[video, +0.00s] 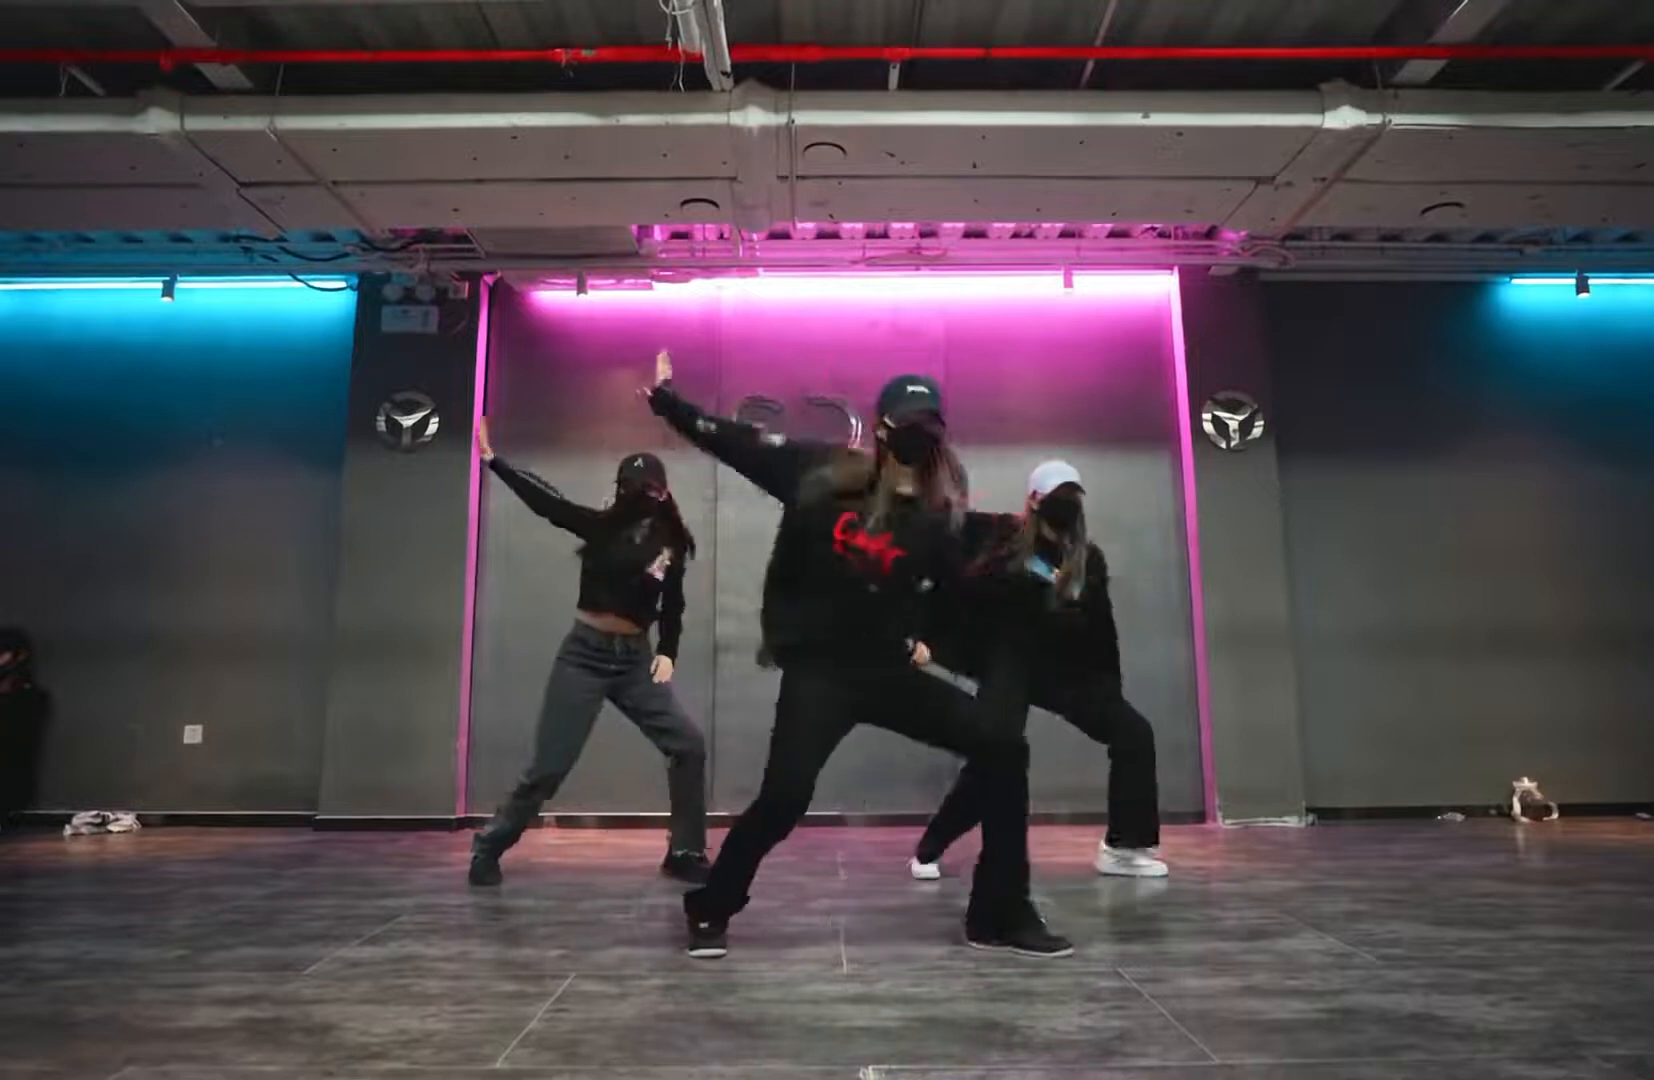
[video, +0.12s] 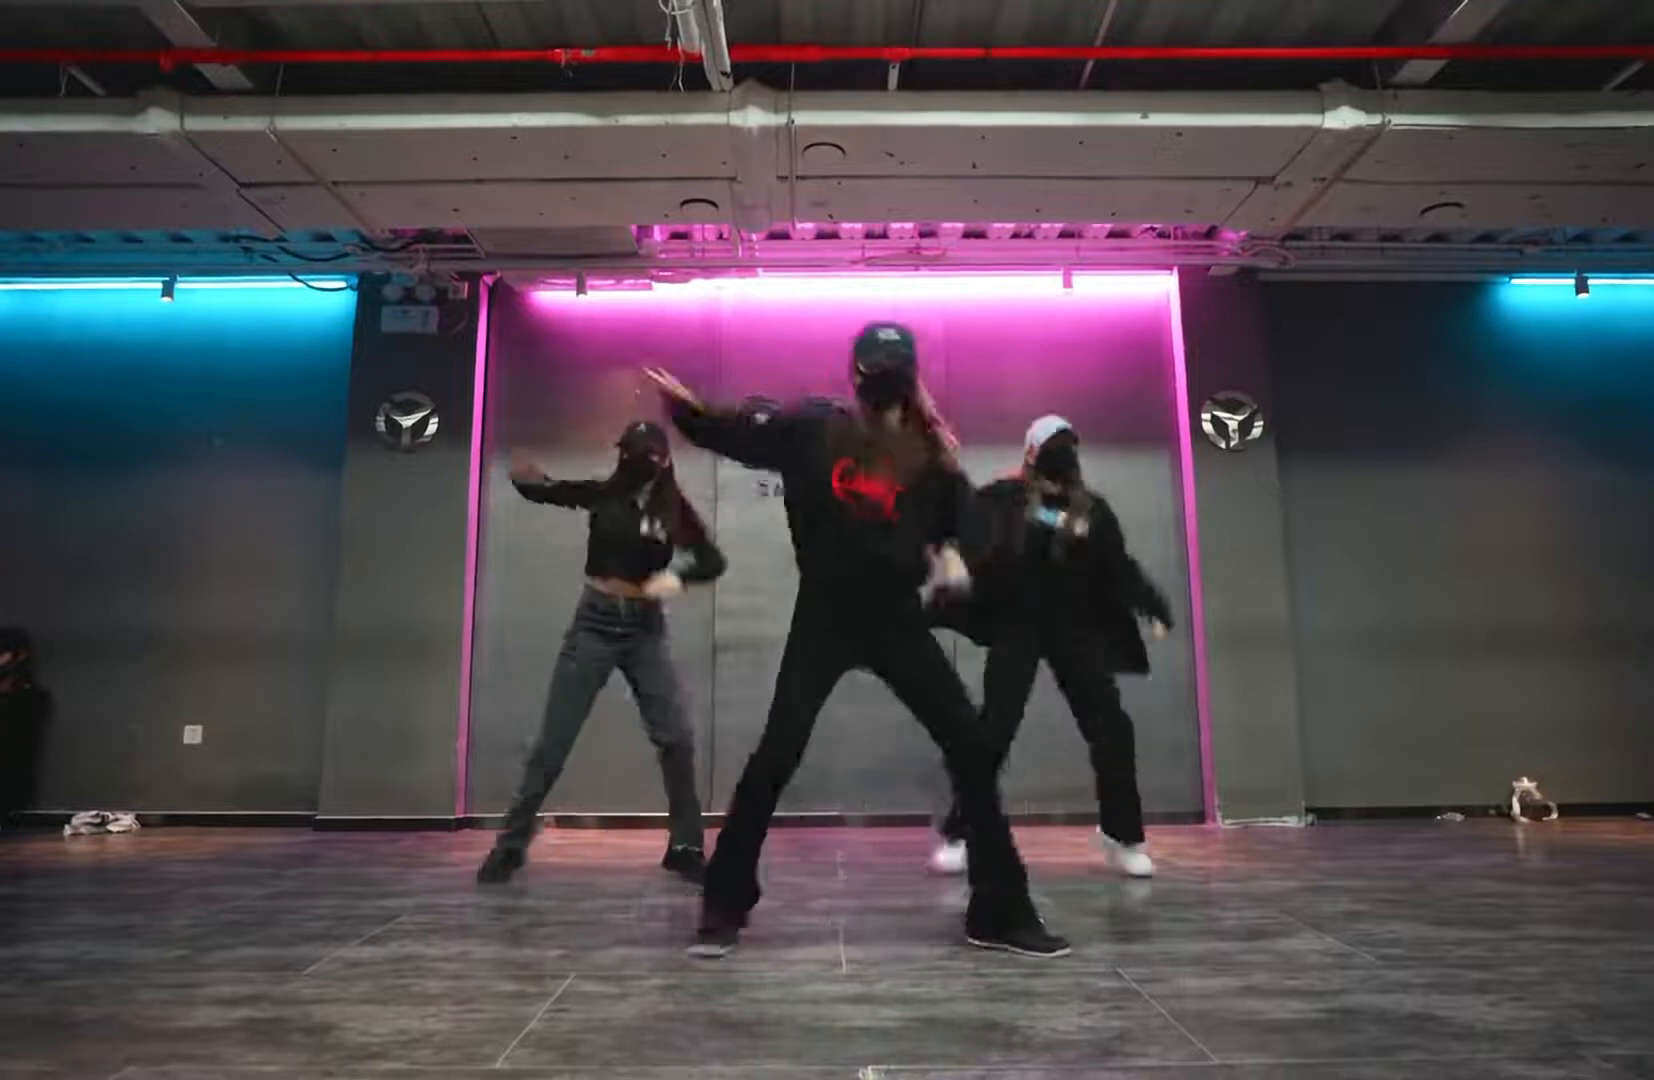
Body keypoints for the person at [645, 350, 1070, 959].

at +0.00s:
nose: (913, 437)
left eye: (925, 426)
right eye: (902, 424)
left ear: (937, 433)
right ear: (877, 426)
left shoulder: (936, 510)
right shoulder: (820, 472)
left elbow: (956, 599)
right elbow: (739, 444)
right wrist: (668, 403)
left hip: (889, 674)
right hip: (817, 673)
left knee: (1004, 747)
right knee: (784, 801)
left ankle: (999, 909)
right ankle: (709, 908)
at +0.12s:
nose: (883, 391)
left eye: (893, 378)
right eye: (873, 378)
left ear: (911, 377)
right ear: (857, 374)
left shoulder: (930, 458)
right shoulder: (811, 430)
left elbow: (969, 538)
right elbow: (734, 434)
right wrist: (687, 408)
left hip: (899, 625)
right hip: (823, 623)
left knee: (972, 748)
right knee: (776, 757)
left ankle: (999, 909)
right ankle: (723, 907)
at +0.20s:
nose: (872, 360)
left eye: (882, 349)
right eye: (860, 349)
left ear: (899, 353)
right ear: (841, 353)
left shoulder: (919, 424)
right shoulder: (810, 415)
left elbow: (947, 474)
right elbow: (749, 452)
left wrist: (910, 507)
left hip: (898, 599)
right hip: (824, 600)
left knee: (938, 737)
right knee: (791, 736)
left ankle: (936, 894)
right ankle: (772, 887)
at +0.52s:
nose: (851, 397)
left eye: (863, 386)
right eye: (842, 385)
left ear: (880, 382)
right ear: (825, 381)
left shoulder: (899, 436)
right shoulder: (798, 438)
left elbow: (897, 516)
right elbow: (793, 526)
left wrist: (865, 570)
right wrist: (849, 537)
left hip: (888, 604)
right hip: (821, 604)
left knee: (879, 747)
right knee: (811, 753)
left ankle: (891, 891)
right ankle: (843, 878)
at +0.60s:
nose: (873, 404)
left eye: (879, 395)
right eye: (862, 393)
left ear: (884, 395)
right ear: (833, 385)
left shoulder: (889, 459)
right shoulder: (798, 448)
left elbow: (939, 521)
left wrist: (957, 569)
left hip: (883, 630)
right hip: (819, 630)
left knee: (873, 761)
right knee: (813, 767)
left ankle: (888, 900)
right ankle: (899, 814)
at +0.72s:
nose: (866, 424)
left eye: (873, 412)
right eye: (856, 411)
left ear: (879, 407)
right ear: (825, 399)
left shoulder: (876, 470)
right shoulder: (788, 453)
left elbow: (908, 537)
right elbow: (801, 532)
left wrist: (905, 599)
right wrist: (891, 558)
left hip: (870, 629)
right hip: (807, 631)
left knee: (874, 759)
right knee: (793, 772)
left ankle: (889, 896)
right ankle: (882, 747)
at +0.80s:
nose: (846, 419)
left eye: (855, 408)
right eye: (836, 408)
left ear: (870, 407)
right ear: (815, 405)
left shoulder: (875, 469)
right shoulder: (784, 453)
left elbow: (850, 527)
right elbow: (758, 513)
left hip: (862, 631)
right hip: (801, 629)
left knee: (857, 765)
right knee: (743, 750)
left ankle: (889, 894)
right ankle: (823, 782)